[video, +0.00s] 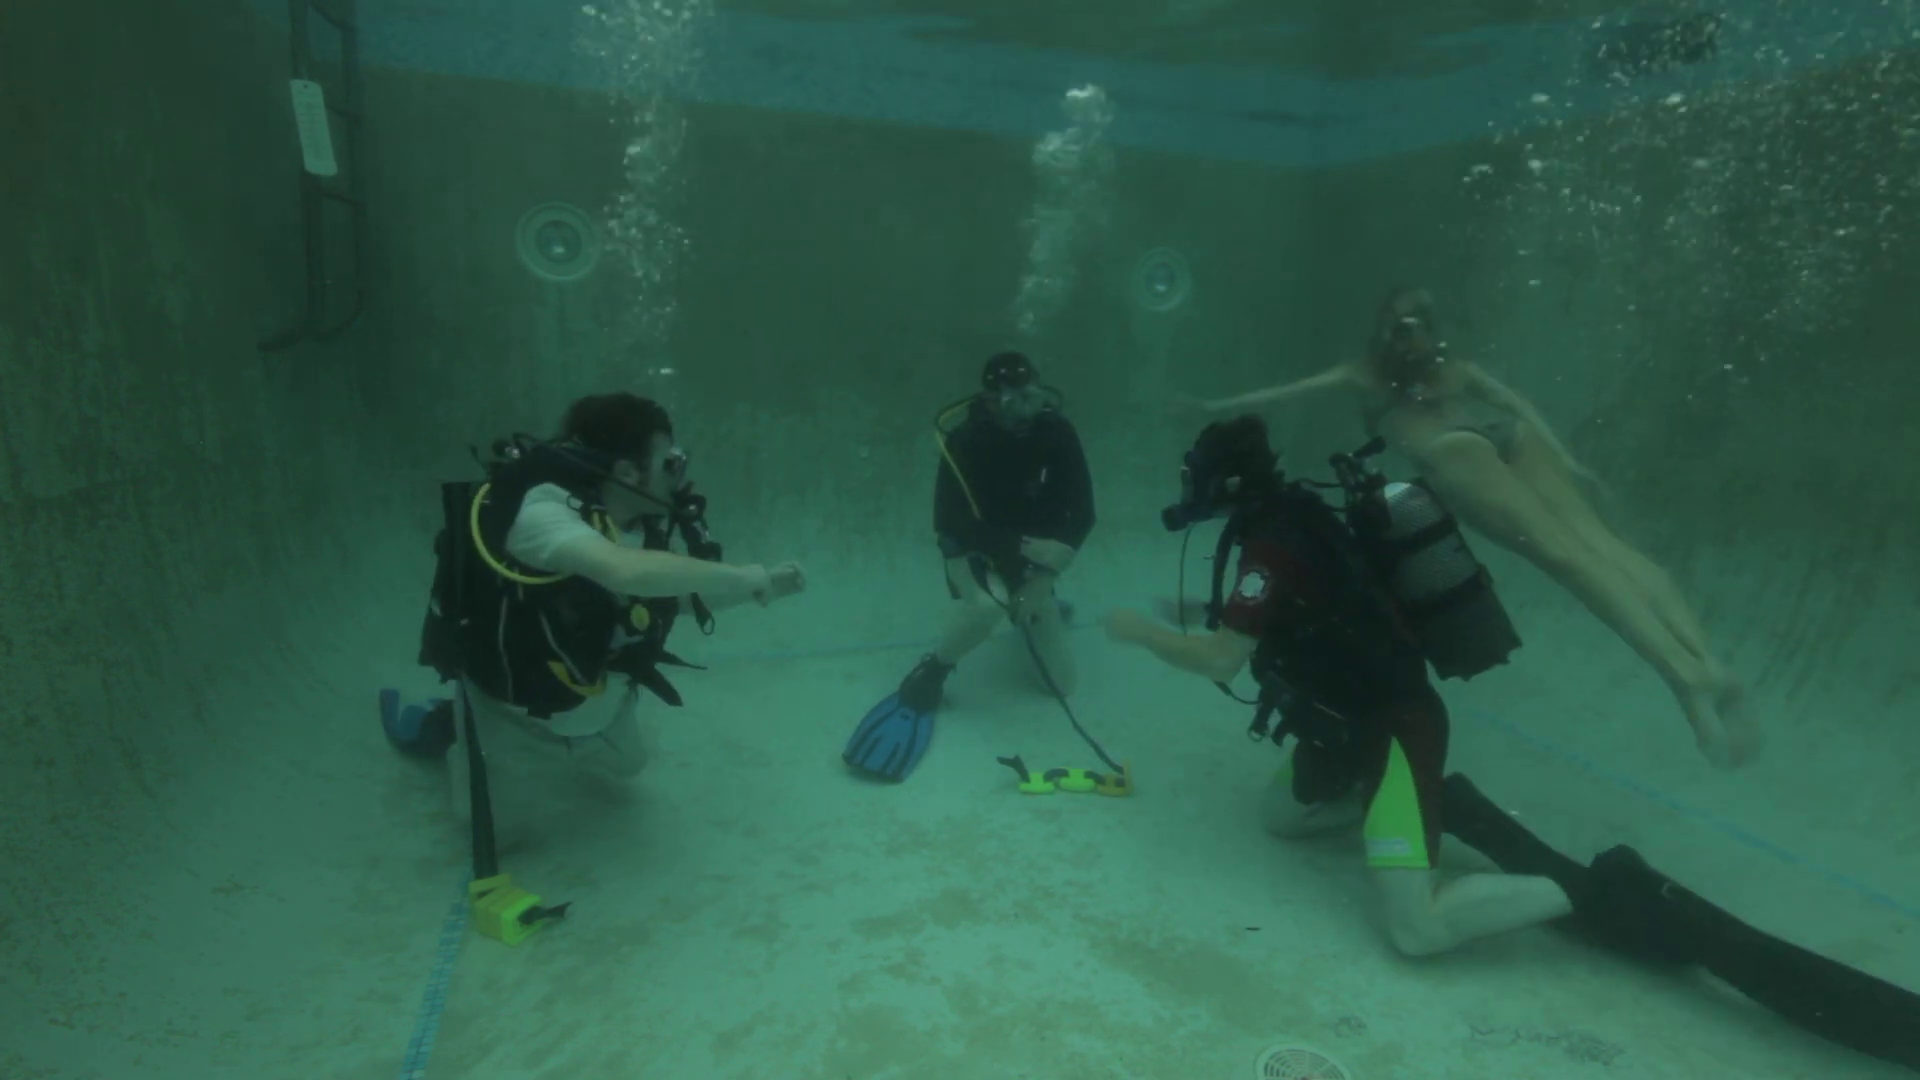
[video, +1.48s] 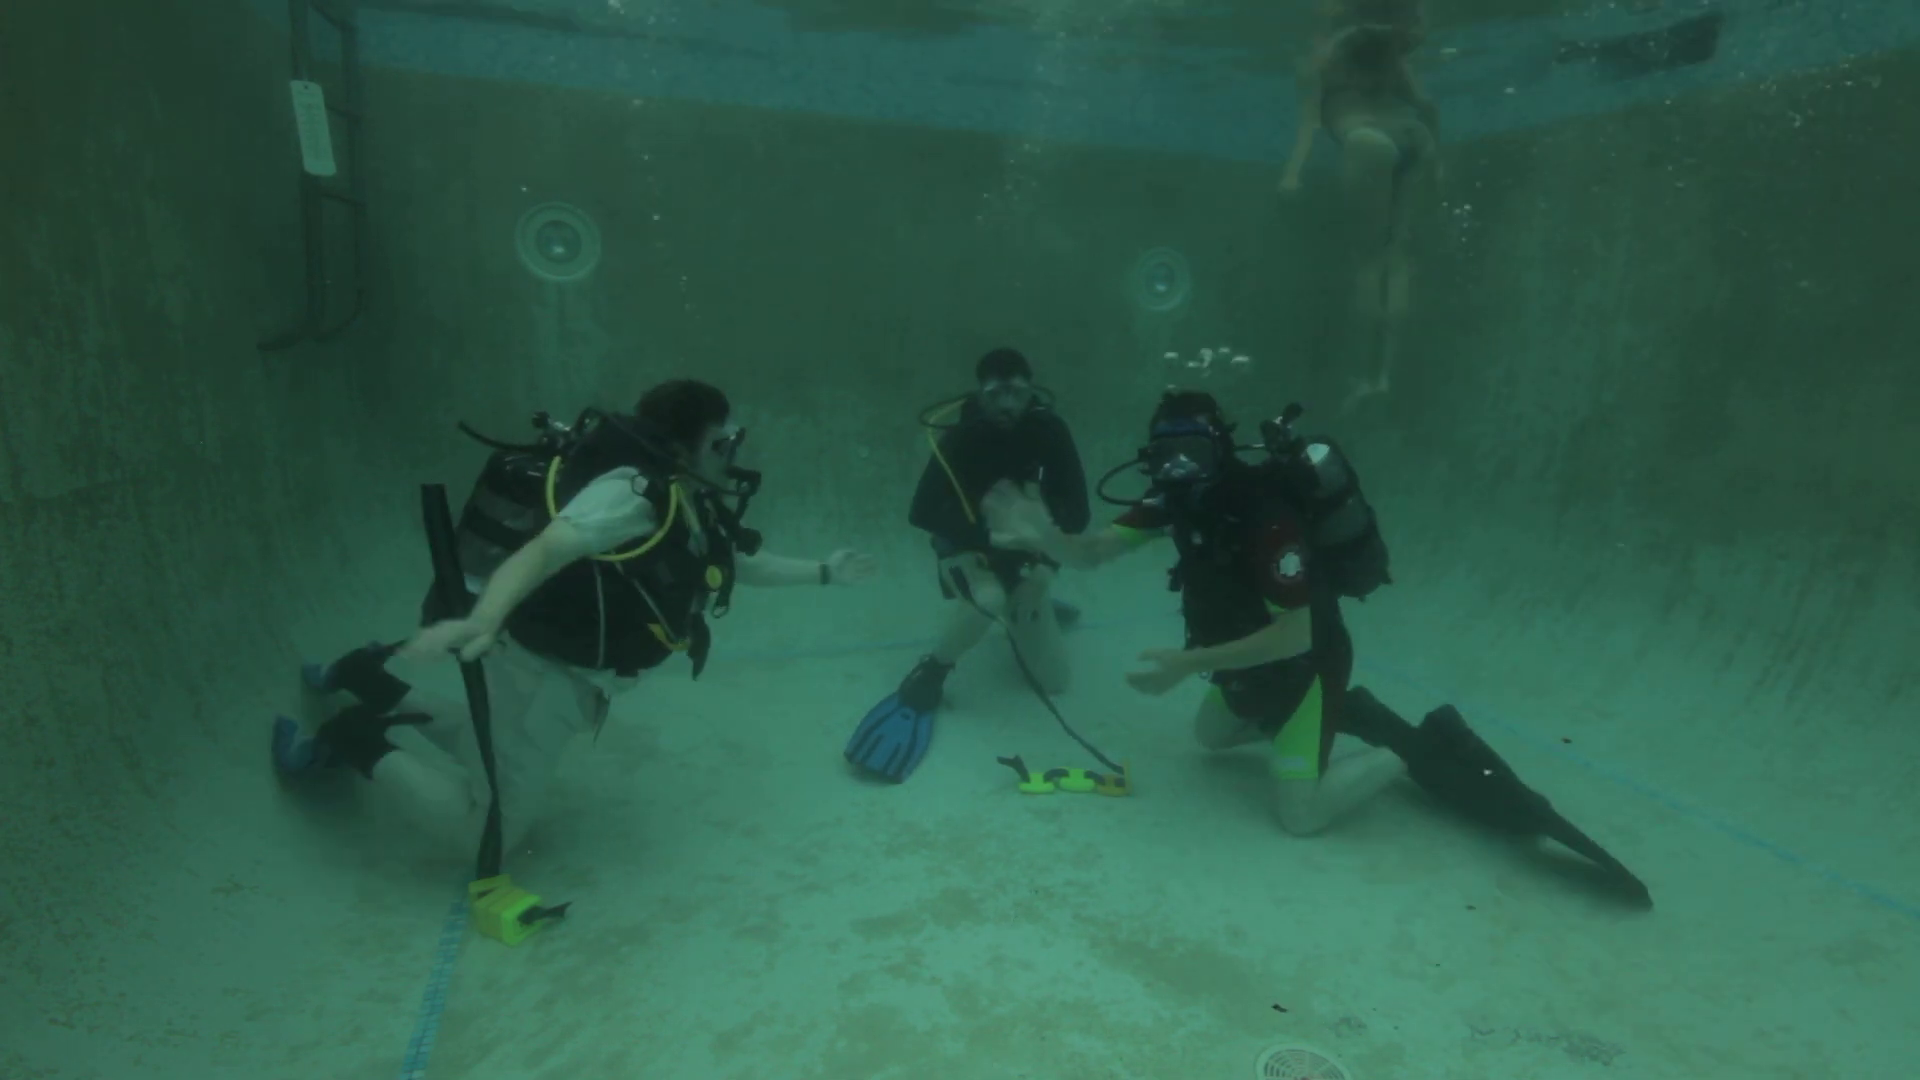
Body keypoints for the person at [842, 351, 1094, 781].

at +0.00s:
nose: (1025, 406)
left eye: (1030, 394)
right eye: (1013, 397)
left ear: (1040, 391)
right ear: (990, 399)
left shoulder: (1056, 431)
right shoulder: (966, 439)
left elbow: (1081, 510)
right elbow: (954, 522)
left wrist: (1045, 574)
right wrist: (1023, 547)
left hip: (1034, 554)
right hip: (974, 548)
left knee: (1061, 681)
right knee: (987, 606)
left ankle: (1040, 607)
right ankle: (929, 676)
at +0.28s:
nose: (1034, 404)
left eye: (1036, 394)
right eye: (1022, 396)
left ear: (1041, 390)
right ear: (994, 399)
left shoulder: (1054, 431)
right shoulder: (966, 439)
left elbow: (1079, 508)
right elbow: (955, 522)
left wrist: (1048, 566)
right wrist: (1024, 543)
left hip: (1032, 554)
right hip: (973, 549)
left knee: (1057, 680)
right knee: (985, 606)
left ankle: (1038, 607)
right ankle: (929, 677)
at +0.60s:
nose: (1027, 405)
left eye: (1031, 394)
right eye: (1014, 397)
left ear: (1039, 390)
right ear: (990, 399)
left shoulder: (1053, 431)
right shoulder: (966, 438)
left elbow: (1079, 506)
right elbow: (955, 520)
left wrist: (1056, 554)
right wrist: (1021, 543)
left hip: (1031, 553)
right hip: (971, 548)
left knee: (1057, 679)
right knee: (988, 603)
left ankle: (1039, 609)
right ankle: (930, 675)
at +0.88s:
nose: (1022, 407)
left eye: (1028, 395)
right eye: (1010, 397)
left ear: (1038, 392)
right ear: (988, 398)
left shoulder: (1052, 431)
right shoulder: (964, 438)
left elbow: (1078, 510)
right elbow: (949, 520)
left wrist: (1047, 569)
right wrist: (1019, 538)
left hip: (1031, 556)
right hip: (969, 551)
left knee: (1053, 680)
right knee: (992, 600)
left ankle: (1035, 606)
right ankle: (930, 675)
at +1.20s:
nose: (1008, 404)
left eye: (1017, 393)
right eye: (998, 394)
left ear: (1033, 393)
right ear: (982, 395)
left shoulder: (1051, 432)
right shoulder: (964, 436)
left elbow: (1076, 509)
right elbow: (939, 514)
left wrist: (1048, 567)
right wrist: (1010, 528)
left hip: (1029, 557)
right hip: (970, 552)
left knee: (1051, 681)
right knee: (990, 601)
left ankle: (1028, 608)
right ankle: (930, 674)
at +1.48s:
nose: (1006, 403)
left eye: (1015, 393)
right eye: (996, 393)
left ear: (1031, 393)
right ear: (979, 395)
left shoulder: (1050, 432)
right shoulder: (963, 437)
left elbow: (1074, 510)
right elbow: (924, 510)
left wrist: (1045, 568)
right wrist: (976, 546)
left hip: (1030, 551)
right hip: (964, 546)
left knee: (1052, 680)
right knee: (987, 600)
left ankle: (1035, 606)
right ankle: (930, 676)